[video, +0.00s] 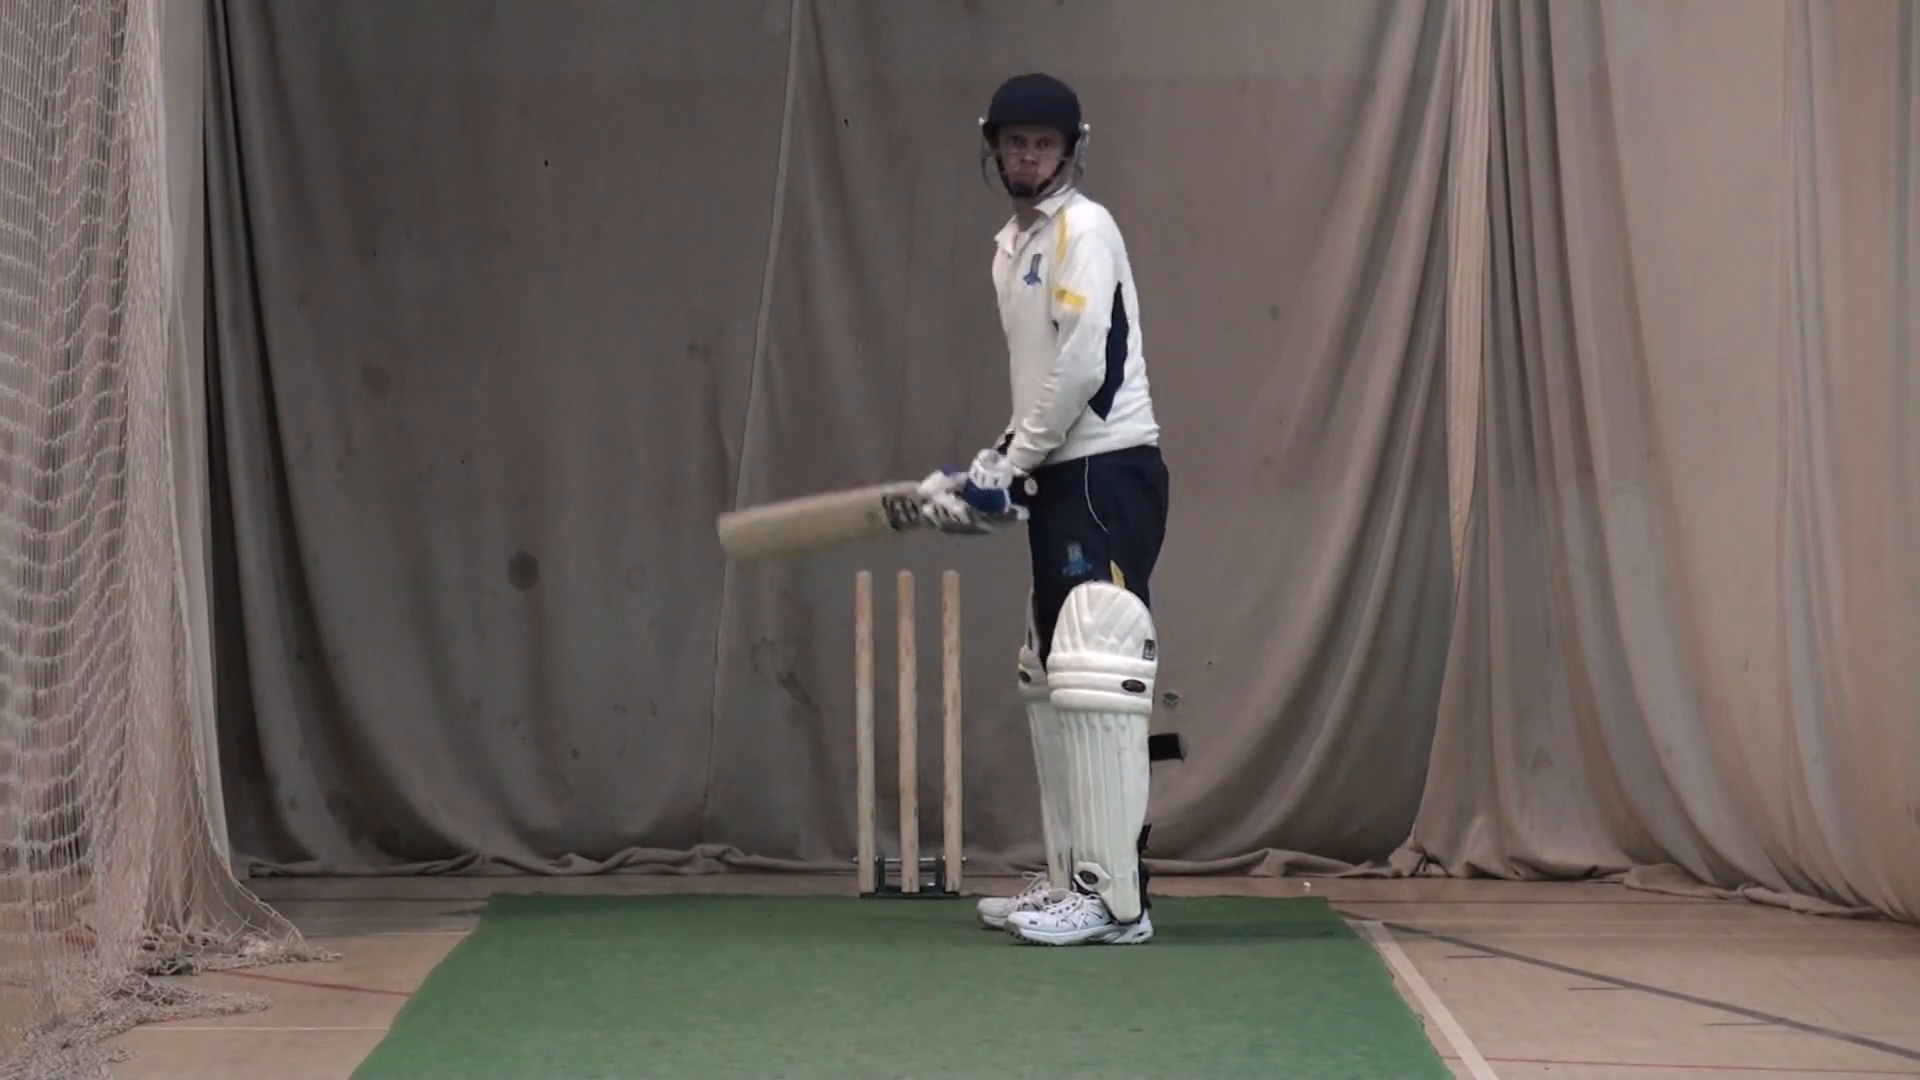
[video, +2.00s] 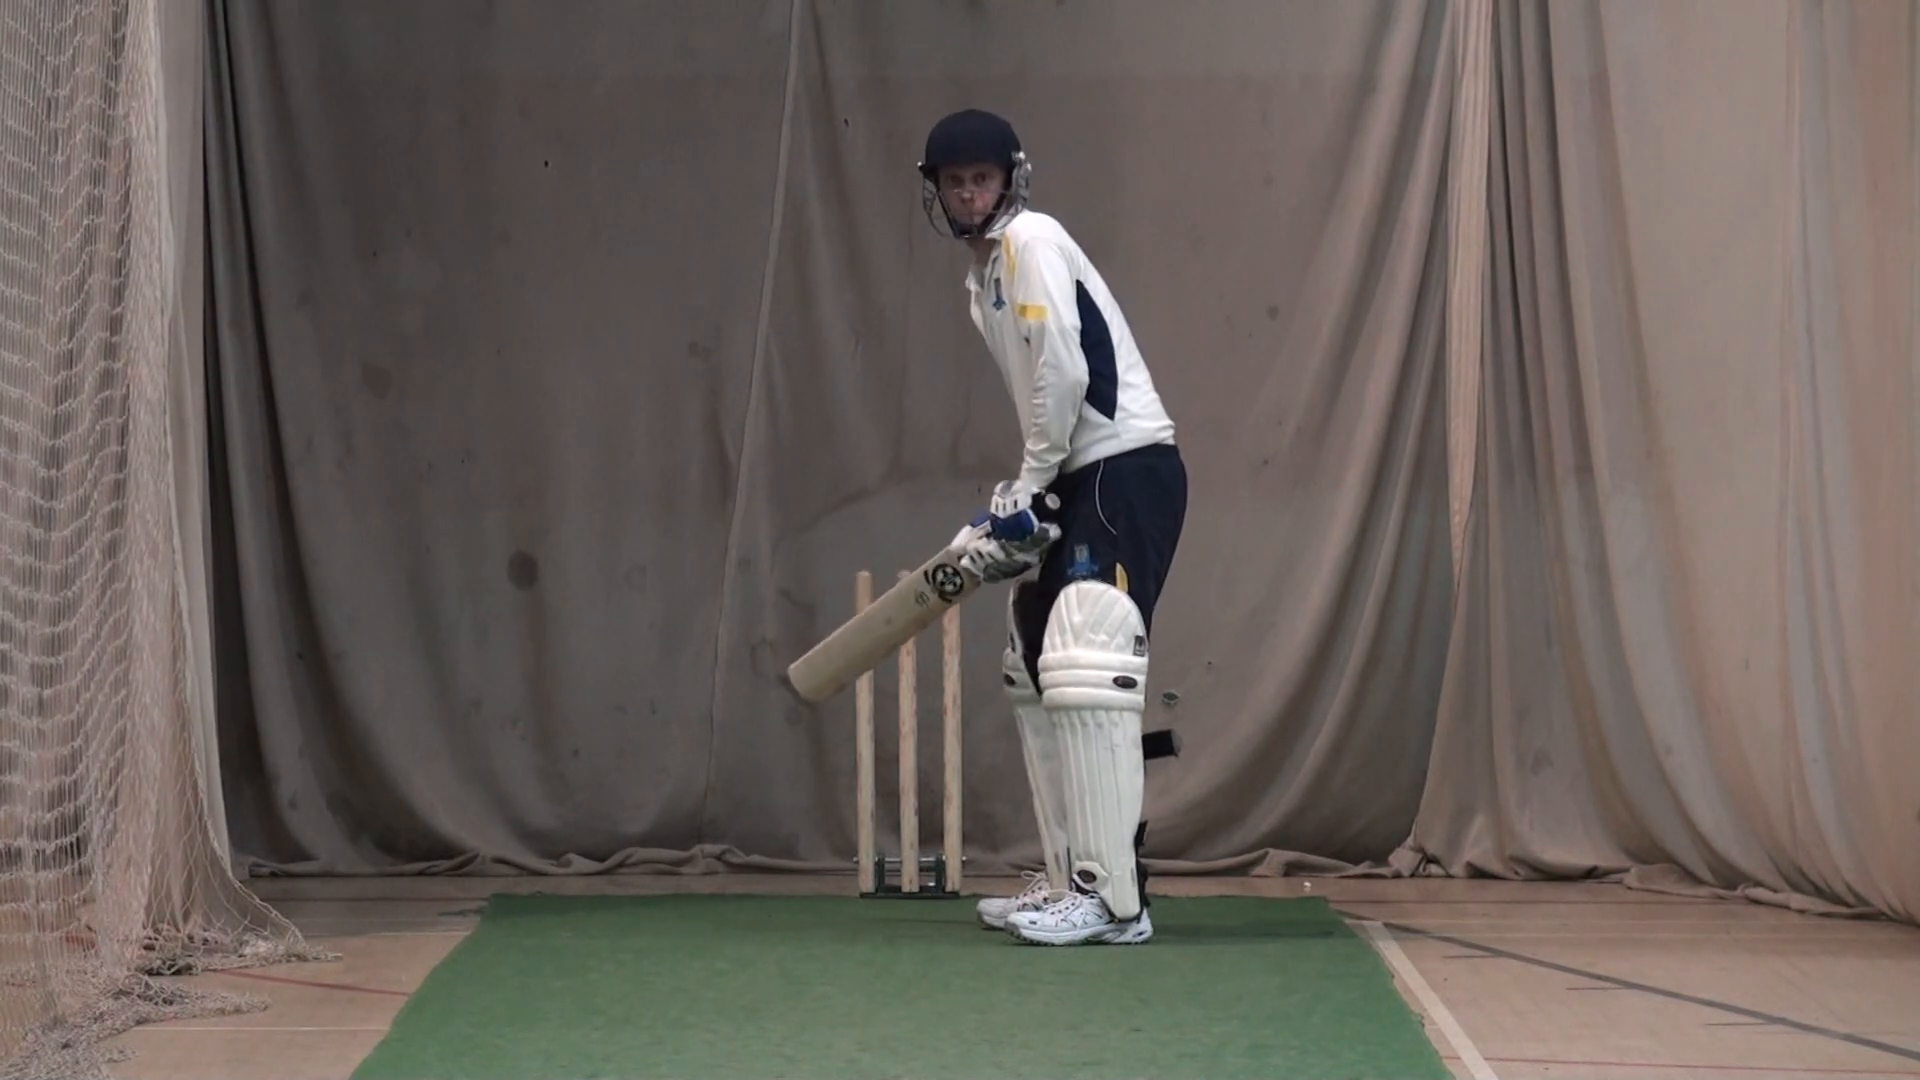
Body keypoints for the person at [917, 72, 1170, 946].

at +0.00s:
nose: (1025, 158)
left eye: (1042, 143)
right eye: (1011, 143)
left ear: (1070, 149)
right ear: (993, 150)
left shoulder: (1083, 230)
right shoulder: (1011, 244)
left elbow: (1083, 372)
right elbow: (1038, 383)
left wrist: (1005, 470)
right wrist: (986, 472)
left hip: (1106, 475)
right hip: (1058, 477)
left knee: (1100, 681)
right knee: (1054, 678)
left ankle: (1114, 899)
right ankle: (1071, 879)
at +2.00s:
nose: (967, 194)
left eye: (982, 179)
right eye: (951, 182)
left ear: (1011, 180)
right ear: (934, 191)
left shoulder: (1029, 243)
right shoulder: (987, 274)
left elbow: (1064, 378)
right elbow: (1038, 407)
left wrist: (1025, 494)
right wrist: (1010, 516)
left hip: (1124, 470)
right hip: (1077, 480)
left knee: (1086, 671)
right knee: (1036, 673)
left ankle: (1113, 899)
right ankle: (1076, 882)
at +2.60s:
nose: (977, 196)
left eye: (992, 180)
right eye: (961, 183)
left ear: (1020, 180)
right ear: (942, 191)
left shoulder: (1039, 244)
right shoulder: (989, 278)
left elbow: (1071, 376)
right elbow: (1041, 405)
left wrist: (1033, 493)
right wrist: (1014, 516)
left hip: (1129, 470)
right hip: (1077, 481)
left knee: (1089, 671)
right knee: (1033, 673)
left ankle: (1113, 897)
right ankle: (1074, 881)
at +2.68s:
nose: (980, 195)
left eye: (994, 179)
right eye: (964, 183)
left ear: (1020, 180)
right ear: (944, 191)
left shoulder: (1040, 245)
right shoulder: (987, 281)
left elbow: (1073, 377)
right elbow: (1041, 406)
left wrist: (1031, 493)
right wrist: (1017, 514)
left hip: (1129, 469)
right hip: (1077, 481)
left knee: (1089, 669)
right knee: (1033, 672)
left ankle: (1113, 897)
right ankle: (1076, 883)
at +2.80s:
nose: (975, 198)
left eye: (989, 183)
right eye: (959, 185)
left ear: (1015, 185)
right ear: (938, 193)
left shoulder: (1036, 250)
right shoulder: (979, 286)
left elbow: (1071, 387)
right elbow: (1045, 409)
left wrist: (1026, 500)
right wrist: (998, 510)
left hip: (1135, 466)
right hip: (1080, 478)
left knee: (1089, 662)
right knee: (1039, 667)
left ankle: (1115, 895)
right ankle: (1076, 881)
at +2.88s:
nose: (968, 210)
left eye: (982, 194)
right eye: (951, 198)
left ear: (1008, 196)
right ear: (930, 206)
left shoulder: (1028, 263)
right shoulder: (968, 299)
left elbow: (1062, 405)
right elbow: (1037, 423)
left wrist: (1022, 525)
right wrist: (995, 532)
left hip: (1142, 466)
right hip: (1082, 478)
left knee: (1083, 662)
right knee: (1043, 670)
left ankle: (1121, 894)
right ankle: (1078, 881)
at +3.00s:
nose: (951, 244)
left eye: (964, 227)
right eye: (934, 231)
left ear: (989, 227)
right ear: (913, 239)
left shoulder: (1011, 292)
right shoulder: (960, 331)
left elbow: (1051, 429)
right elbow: (1019, 455)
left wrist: (1036, 560)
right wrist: (1021, 576)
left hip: (1154, 473)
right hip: (1093, 486)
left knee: (1093, 670)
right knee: (1041, 669)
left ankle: (1124, 899)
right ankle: (1079, 885)